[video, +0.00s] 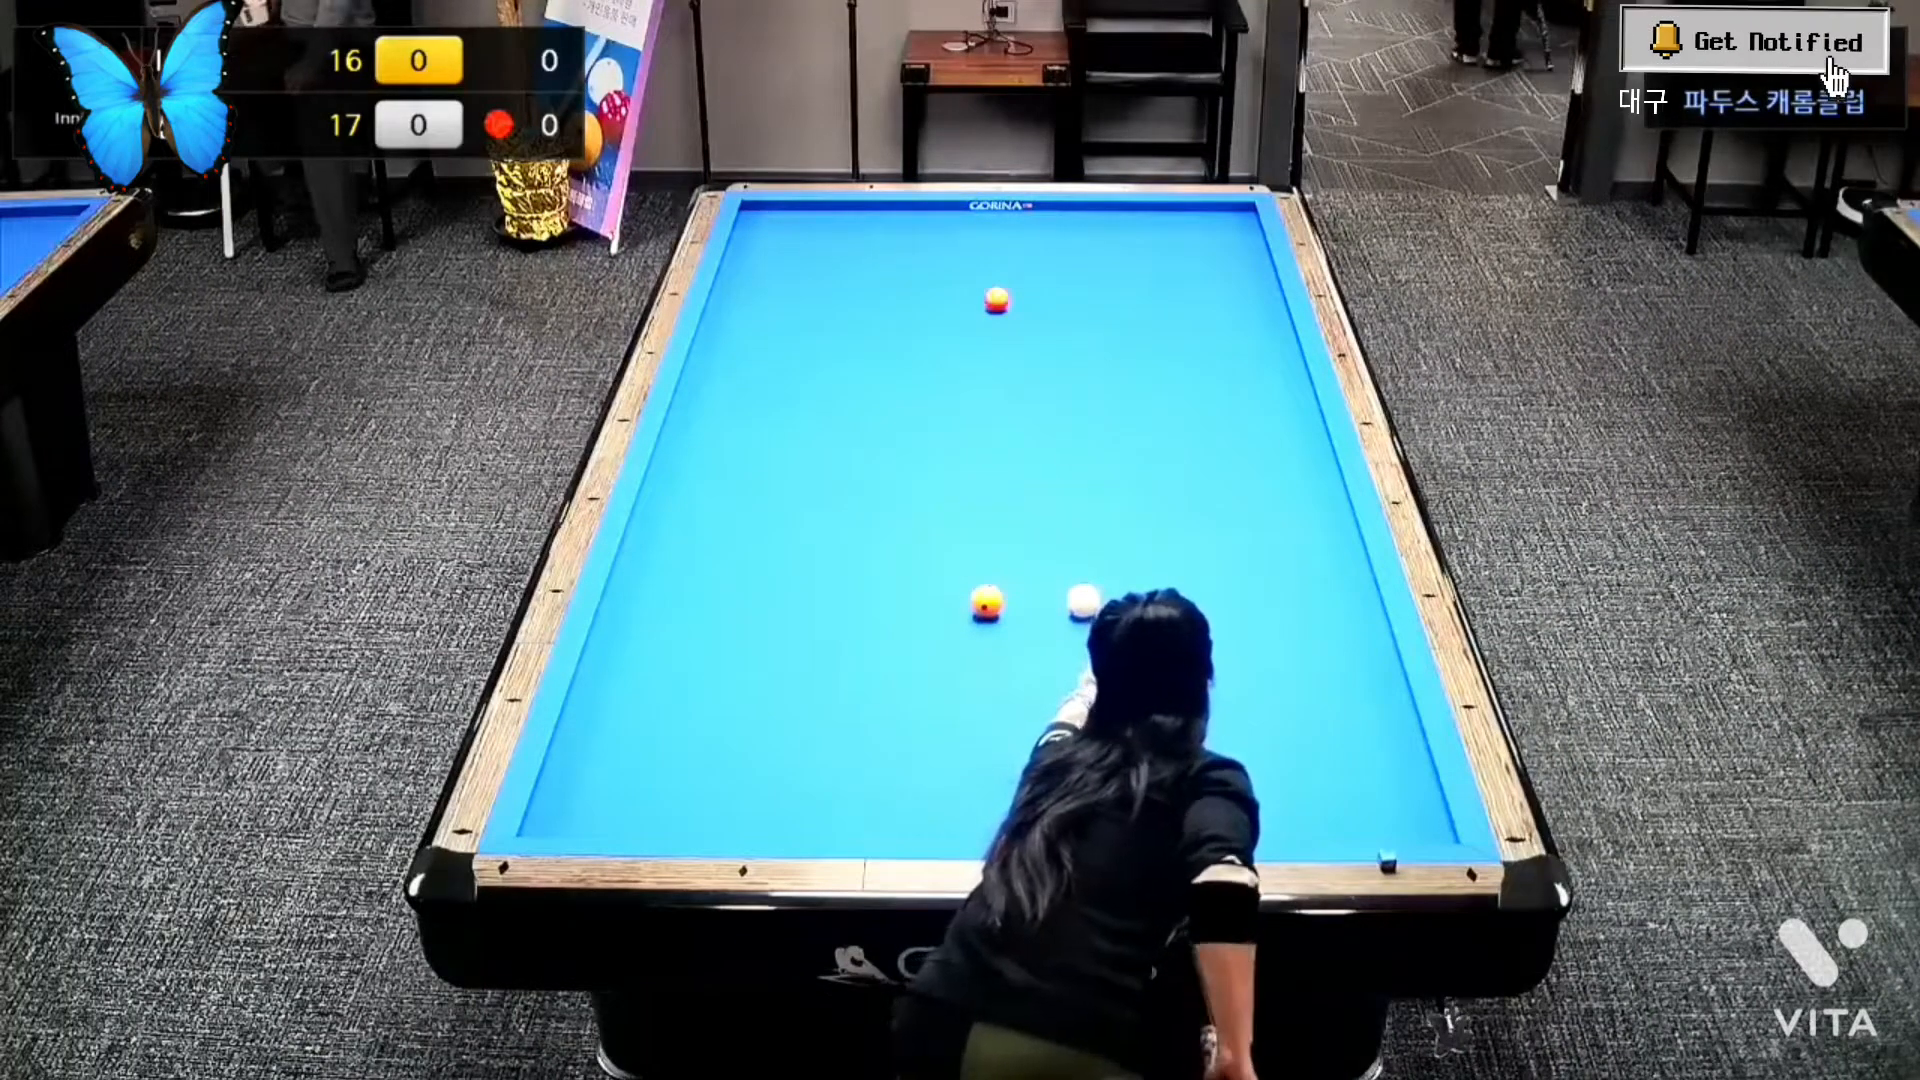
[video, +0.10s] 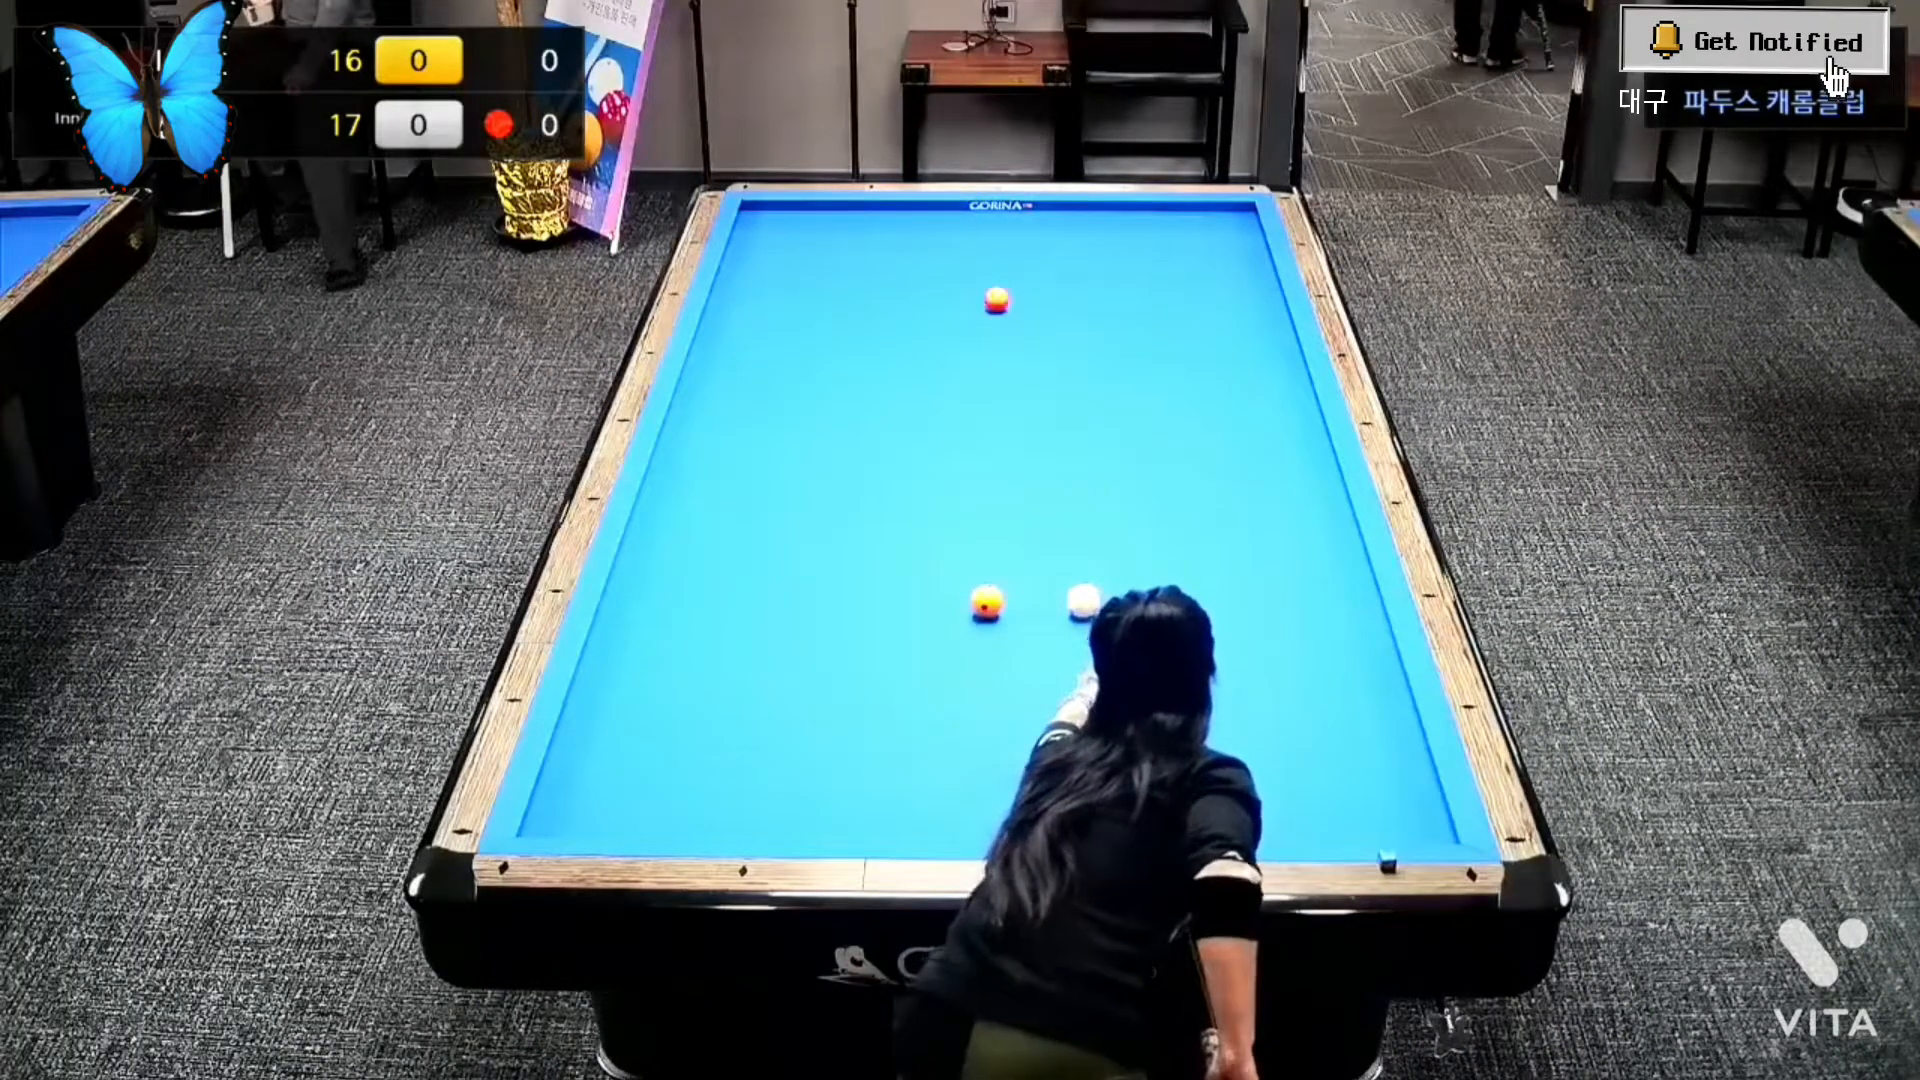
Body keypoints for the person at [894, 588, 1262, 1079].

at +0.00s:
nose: (1214, 677)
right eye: (1209, 667)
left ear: (1102, 682)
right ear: (1200, 679)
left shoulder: (1055, 755)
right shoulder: (1212, 776)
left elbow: (1079, 705)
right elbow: (1221, 894)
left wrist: (1097, 673)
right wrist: (1234, 1052)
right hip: (1091, 1038)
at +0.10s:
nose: (1216, 672)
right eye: (1210, 662)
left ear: (1105, 679)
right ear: (1201, 676)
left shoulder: (1056, 755)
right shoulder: (1214, 775)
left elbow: (1078, 707)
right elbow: (1224, 896)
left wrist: (1101, 671)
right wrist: (1236, 1050)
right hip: (1101, 1040)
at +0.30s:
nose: (1219, 665)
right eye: (1212, 653)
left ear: (1107, 671)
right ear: (1202, 669)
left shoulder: (1059, 747)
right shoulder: (1218, 769)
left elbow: (1083, 698)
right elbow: (1233, 884)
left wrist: (1105, 660)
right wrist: (1239, 1041)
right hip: (1114, 1038)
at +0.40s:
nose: (1221, 665)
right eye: (1214, 654)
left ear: (1108, 669)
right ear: (1204, 668)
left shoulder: (1058, 748)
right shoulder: (1219, 770)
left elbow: (1085, 697)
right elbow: (1239, 887)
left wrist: (1106, 661)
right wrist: (1235, 976)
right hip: (1112, 1034)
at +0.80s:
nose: (1216, 661)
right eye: (1210, 649)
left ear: (1108, 661)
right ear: (1200, 662)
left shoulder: (1054, 744)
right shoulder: (1219, 769)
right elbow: (1238, 882)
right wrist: (1228, 943)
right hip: (1106, 1034)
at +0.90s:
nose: (1212, 662)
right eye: (1205, 650)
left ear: (1106, 659)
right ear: (1199, 660)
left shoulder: (1053, 742)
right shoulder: (1218, 767)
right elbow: (1237, 878)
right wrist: (1226, 944)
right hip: (1106, 1032)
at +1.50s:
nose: (1181, 607)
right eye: (1177, 595)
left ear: (1075, 601)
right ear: (1167, 606)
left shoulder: (1020, 696)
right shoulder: (1186, 726)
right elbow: (1192, 873)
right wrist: (1199, 923)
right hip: (1069, 1016)